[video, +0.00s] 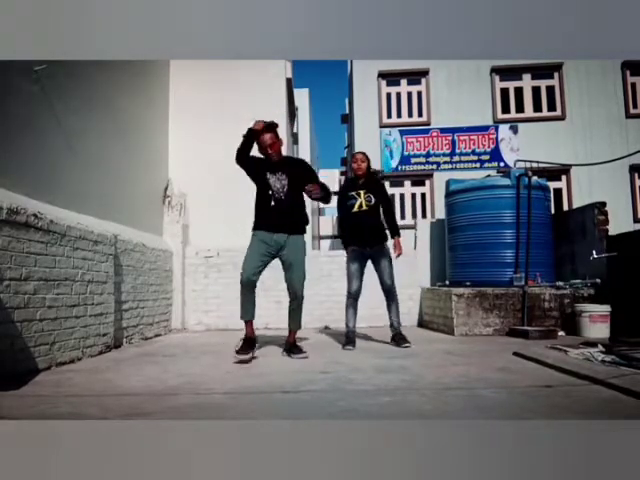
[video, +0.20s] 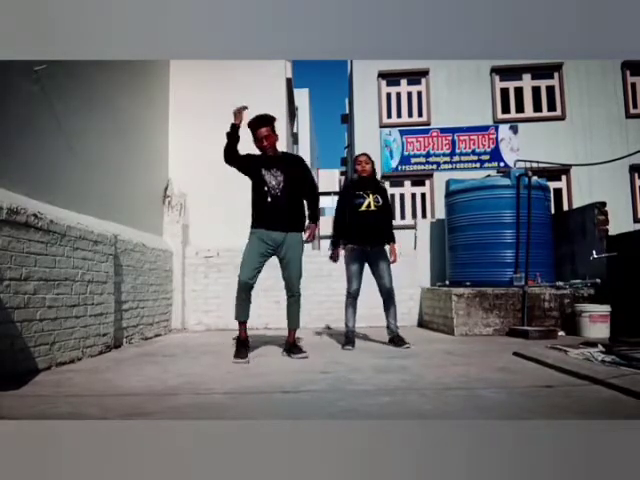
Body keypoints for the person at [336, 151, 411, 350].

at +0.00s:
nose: (358, 165)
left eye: (362, 161)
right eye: (355, 162)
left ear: (368, 164)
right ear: (350, 165)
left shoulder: (376, 184)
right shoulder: (345, 188)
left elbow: (388, 211)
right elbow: (342, 217)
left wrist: (396, 237)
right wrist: (346, 244)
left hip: (378, 244)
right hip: (355, 245)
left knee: (389, 288)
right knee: (353, 292)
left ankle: (397, 332)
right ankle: (350, 335)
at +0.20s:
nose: (362, 167)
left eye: (366, 163)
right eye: (359, 164)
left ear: (372, 166)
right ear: (355, 167)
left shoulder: (380, 188)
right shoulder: (349, 188)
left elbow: (387, 218)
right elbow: (339, 217)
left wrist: (392, 243)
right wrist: (336, 245)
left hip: (377, 246)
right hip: (353, 246)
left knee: (387, 289)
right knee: (352, 291)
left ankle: (394, 333)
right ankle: (349, 335)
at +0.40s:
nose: (375, 167)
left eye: (378, 164)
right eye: (371, 164)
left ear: (383, 167)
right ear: (365, 169)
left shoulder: (390, 192)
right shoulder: (357, 190)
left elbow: (393, 221)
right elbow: (346, 214)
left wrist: (393, 245)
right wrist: (342, 234)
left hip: (382, 247)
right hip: (359, 246)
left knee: (392, 288)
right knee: (355, 290)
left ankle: (395, 333)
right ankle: (350, 334)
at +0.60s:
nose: (379, 163)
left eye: (381, 160)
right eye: (375, 161)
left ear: (387, 163)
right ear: (369, 165)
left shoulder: (394, 184)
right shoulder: (361, 184)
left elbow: (397, 216)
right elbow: (350, 208)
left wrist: (398, 243)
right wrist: (355, 221)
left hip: (385, 242)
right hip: (363, 241)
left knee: (390, 288)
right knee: (353, 285)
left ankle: (395, 332)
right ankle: (346, 330)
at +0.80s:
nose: (377, 167)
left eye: (381, 163)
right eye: (374, 164)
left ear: (387, 167)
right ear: (368, 168)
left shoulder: (393, 190)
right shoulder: (360, 189)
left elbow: (397, 222)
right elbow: (350, 216)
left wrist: (407, 250)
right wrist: (355, 237)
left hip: (385, 246)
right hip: (363, 246)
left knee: (395, 290)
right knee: (355, 291)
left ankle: (395, 332)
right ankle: (344, 331)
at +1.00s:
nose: (377, 164)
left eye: (380, 160)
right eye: (373, 161)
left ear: (386, 163)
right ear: (367, 165)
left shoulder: (395, 183)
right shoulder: (359, 183)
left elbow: (420, 198)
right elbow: (337, 197)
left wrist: (446, 208)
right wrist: (323, 209)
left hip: (391, 245)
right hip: (369, 245)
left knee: (394, 288)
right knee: (358, 289)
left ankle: (394, 333)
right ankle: (353, 331)